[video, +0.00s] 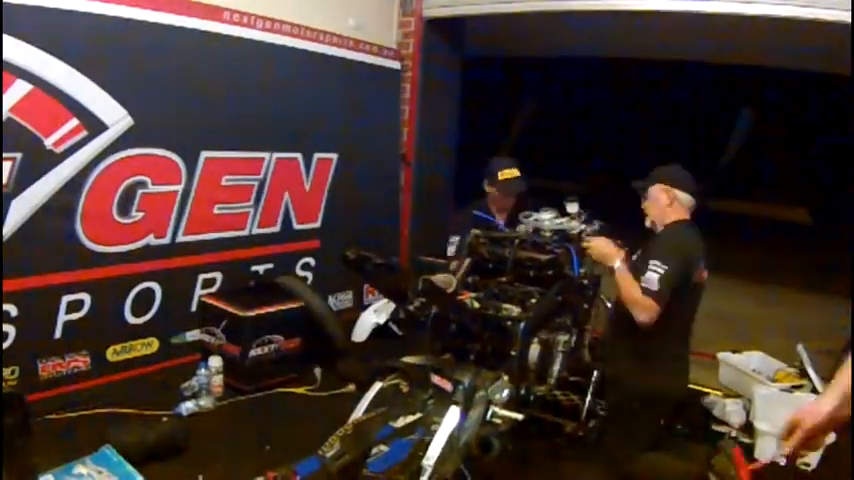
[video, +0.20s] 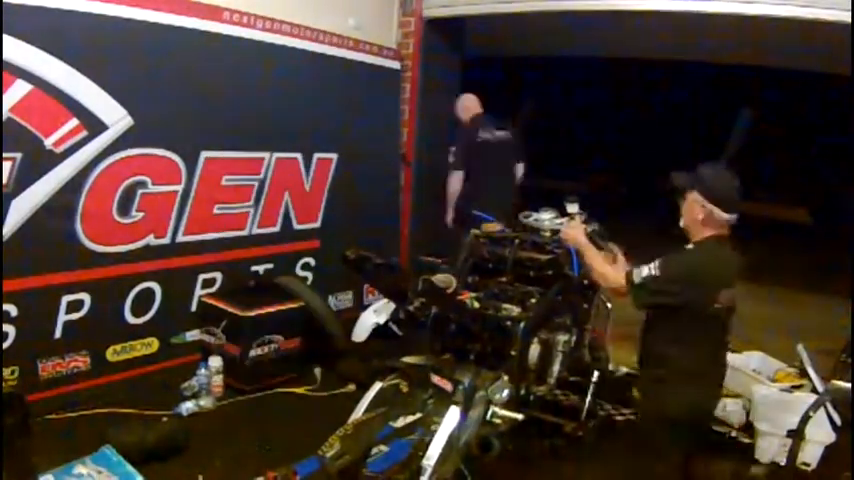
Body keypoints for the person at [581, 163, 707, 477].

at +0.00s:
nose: (644, 207)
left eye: (648, 198)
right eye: (645, 199)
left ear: (669, 199)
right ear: (672, 200)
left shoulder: (672, 243)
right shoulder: (684, 239)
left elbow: (645, 311)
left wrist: (616, 262)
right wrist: (621, 257)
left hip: (644, 386)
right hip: (653, 380)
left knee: (619, 463)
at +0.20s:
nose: (681, 207)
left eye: (687, 200)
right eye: (685, 199)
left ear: (703, 211)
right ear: (716, 214)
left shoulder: (696, 263)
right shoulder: (723, 260)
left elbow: (615, 283)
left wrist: (581, 243)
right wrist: (626, 270)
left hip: (670, 400)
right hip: (693, 396)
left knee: (657, 470)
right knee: (674, 469)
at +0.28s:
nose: (673, 199)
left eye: (679, 194)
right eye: (677, 193)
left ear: (694, 205)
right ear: (700, 207)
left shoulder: (683, 257)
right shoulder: (717, 251)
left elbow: (611, 285)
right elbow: (656, 267)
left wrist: (580, 243)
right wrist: (620, 235)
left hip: (668, 397)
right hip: (698, 392)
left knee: (659, 470)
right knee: (682, 468)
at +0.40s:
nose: (655, 239)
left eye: (656, 234)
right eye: (656, 235)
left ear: (663, 229)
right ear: (690, 228)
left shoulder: (666, 247)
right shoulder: (717, 264)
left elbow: (610, 275)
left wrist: (579, 241)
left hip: (668, 399)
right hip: (707, 399)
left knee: (652, 471)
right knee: (691, 470)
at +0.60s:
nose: (645, 217)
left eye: (647, 209)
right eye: (645, 210)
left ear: (660, 205)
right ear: (683, 208)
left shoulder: (658, 238)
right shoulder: (706, 255)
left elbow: (623, 296)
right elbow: (714, 323)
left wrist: (596, 248)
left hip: (638, 373)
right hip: (676, 376)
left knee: (621, 457)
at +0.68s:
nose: (645, 218)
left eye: (646, 209)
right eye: (645, 210)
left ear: (658, 203)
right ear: (682, 207)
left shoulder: (657, 240)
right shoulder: (703, 253)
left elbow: (640, 312)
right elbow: (711, 328)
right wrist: (668, 332)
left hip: (639, 376)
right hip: (674, 377)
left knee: (622, 456)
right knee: (653, 456)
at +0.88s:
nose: (644, 209)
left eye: (649, 200)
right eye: (645, 200)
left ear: (669, 201)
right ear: (679, 202)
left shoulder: (667, 247)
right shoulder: (700, 249)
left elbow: (643, 320)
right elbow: (663, 300)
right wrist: (616, 274)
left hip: (641, 384)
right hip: (670, 382)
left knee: (622, 463)